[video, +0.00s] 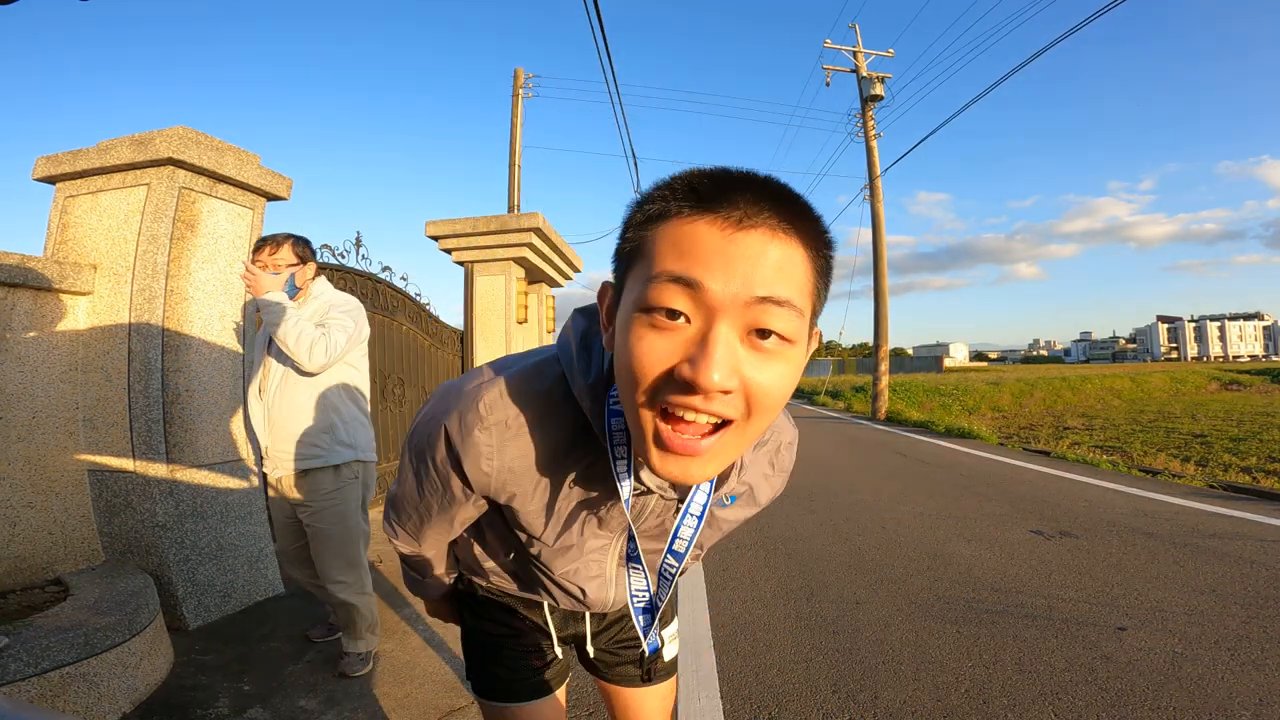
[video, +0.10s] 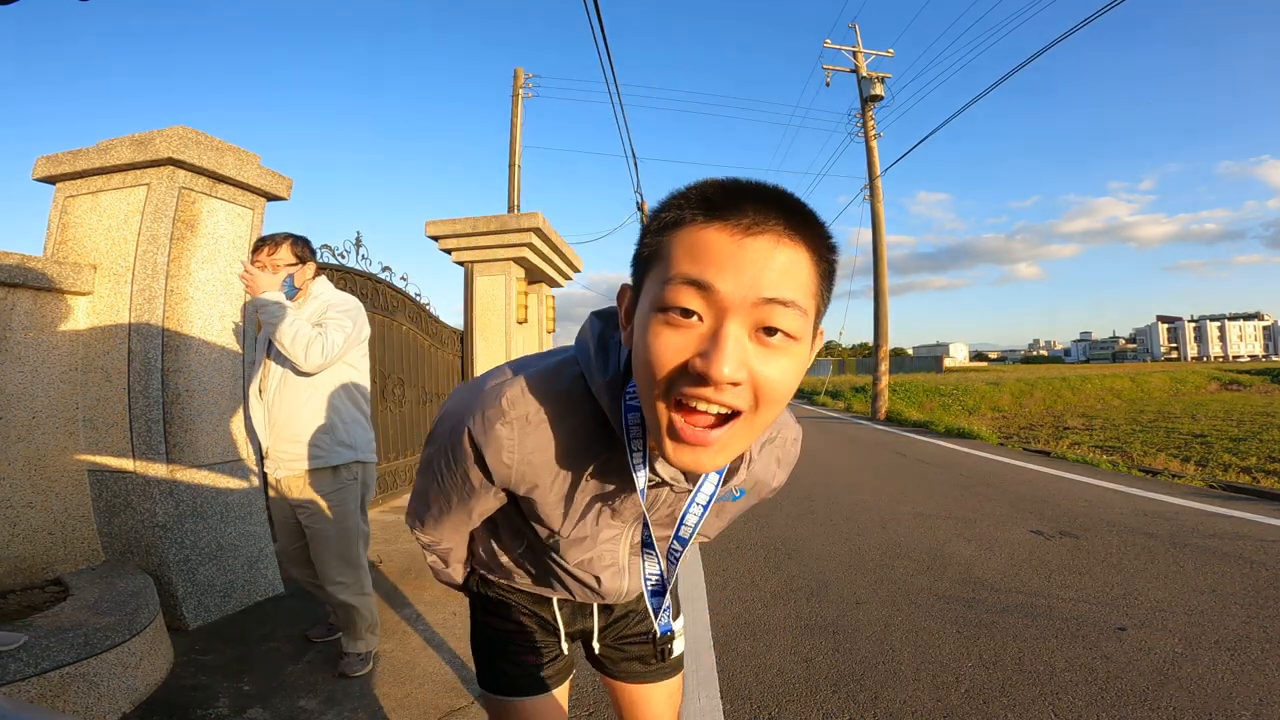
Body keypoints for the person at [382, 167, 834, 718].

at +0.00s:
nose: (707, 375)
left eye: (765, 334)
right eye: (672, 314)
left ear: (805, 355)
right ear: (610, 316)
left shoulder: (772, 454)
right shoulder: (481, 425)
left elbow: (687, 529)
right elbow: (416, 535)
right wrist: (441, 595)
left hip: (639, 581)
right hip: (509, 586)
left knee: (650, 708)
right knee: (533, 709)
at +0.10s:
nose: (718, 367)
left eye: (771, 330)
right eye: (686, 313)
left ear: (809, 352)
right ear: (630, 314)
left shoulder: (776, 450)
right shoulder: (502, 420)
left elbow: (691, 515)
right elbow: (440, 528)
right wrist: (494, 574)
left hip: (644, 578)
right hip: (523, 585)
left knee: (658, 707)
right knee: (533, 707)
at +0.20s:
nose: (727, 357)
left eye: (775, 322)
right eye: (693, 306)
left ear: (811, 346)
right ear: (639, 315)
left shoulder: (777, 447)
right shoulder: (517, 414)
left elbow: (693, 512)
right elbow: (440, 522)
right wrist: (478, 582)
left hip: (644, 576)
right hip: (524, 585)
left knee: (664, 708)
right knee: (536, 709)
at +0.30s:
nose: (729, 350)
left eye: (774, 320)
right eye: (696, 304)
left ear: (809, 345)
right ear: (644, 315)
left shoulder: (777, 445)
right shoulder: (524, 413)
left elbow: (700, 514)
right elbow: (444, 523)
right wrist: (482, 586)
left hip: (646, 577)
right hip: (528, 584)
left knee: (666, 709)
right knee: (538, 710)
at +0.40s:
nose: (716, 354)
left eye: (760, 323)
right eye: (683, 310)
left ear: (800, 342)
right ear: (639, 314)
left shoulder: (774, 445)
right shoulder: (525, 413)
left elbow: (700, 521)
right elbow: (448, 523)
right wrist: (484, 585)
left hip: (645, 576)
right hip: (528, 582)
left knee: (669, 709)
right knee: (538, 706)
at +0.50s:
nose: (665, 355)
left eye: (708, 325)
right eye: (640, 314)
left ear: (770, 326)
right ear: (614, 299)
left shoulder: (767, 432)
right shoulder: (520, 401)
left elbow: (716, 528)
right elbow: (450, 518)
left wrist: (676, 569)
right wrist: (486, 583)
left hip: (653, 581)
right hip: (531, 586)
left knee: (674, 710)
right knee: (533, 708)